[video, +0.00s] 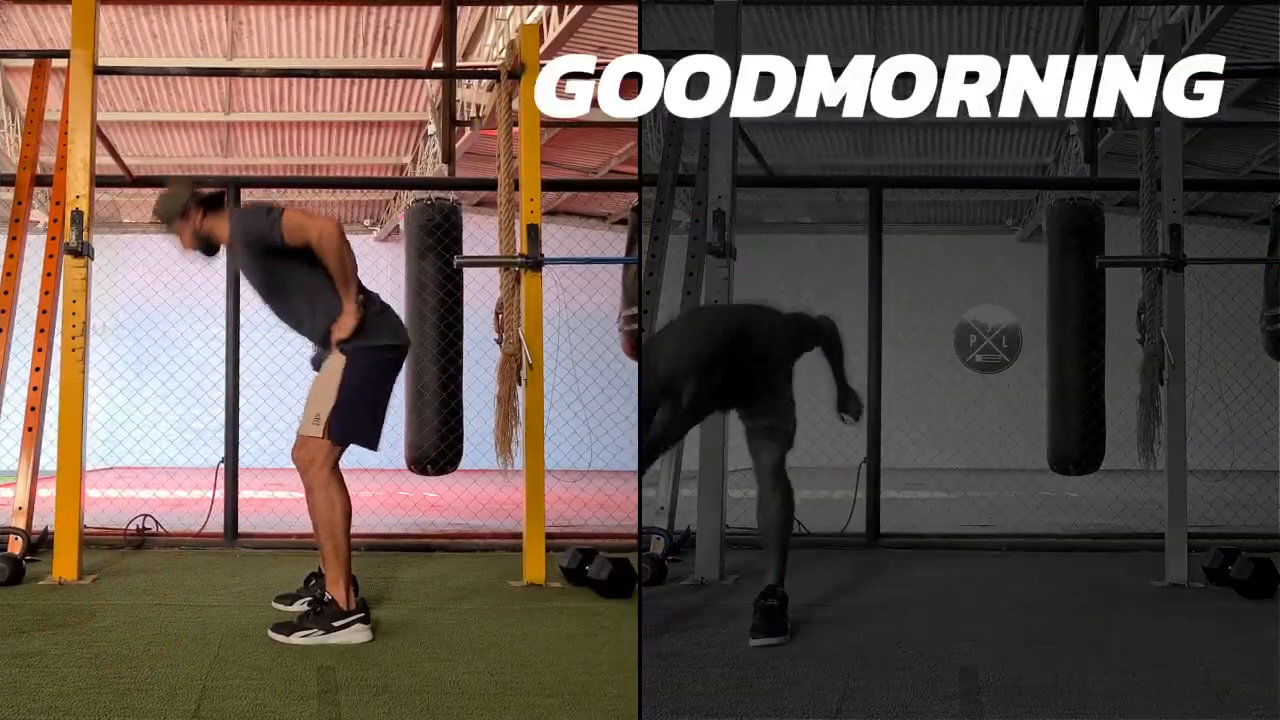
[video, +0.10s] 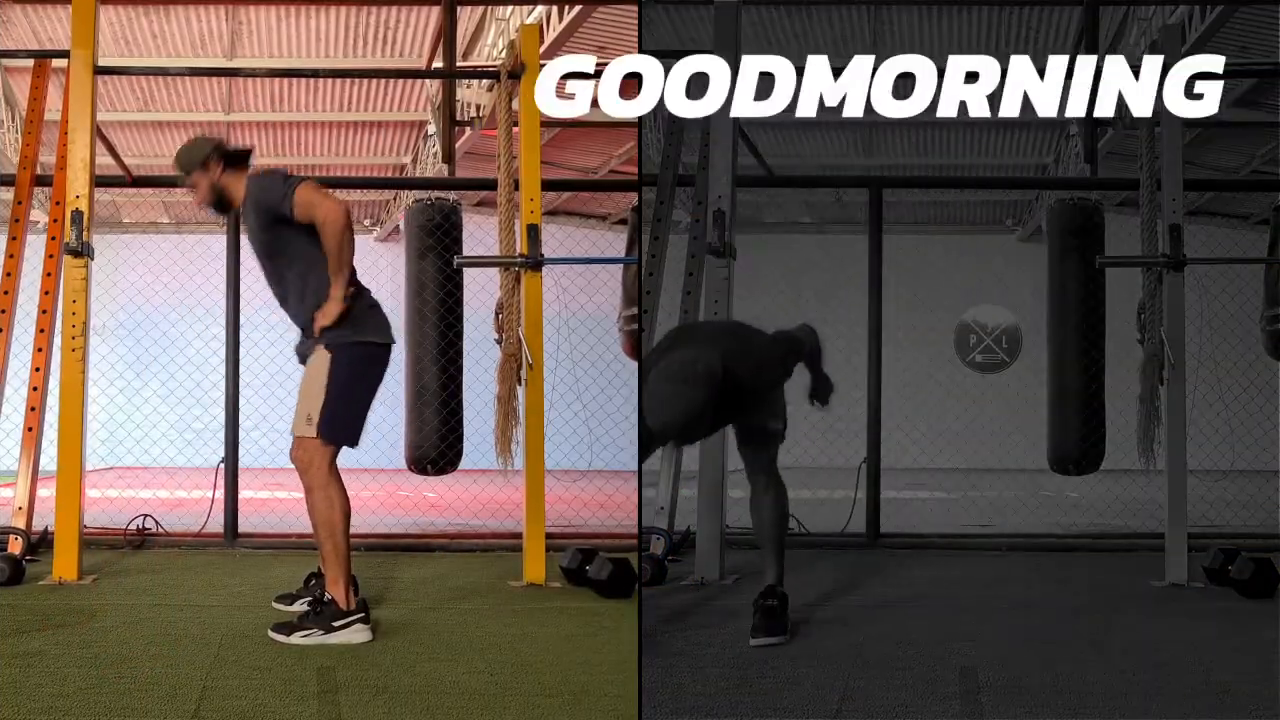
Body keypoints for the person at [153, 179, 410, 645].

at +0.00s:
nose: (177, 238)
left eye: (175, 227)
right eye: (172, 229)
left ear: (196, 211)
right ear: (196, 213)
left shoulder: (248, 222)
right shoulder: (242, 236)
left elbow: (326, 231)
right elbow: (321, 236)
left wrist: (349, 307)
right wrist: (336, 316)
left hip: (361, 342)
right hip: (353, 342)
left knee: (313, 457)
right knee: (316, 457)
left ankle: (341, 605)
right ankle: (336, 579)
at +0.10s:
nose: (192, 194)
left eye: (191, 182)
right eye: (188, 185)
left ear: (212, 167)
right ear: (215, 167)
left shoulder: (264, 187)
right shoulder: (255, 202)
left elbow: (334, 212)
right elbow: (329, 217)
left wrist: (337, 294)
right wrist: (324, 302)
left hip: (347, 340)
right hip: (337, 341)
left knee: (312, 458)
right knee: (312, 457)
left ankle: (341, 604)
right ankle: (336, 581)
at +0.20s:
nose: (212, 161)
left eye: (213, 149)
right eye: (209, 152)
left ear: (237, 137)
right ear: (237, 137)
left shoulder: (282, 165)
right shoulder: (273, 178)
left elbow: (337, 206)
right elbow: (334, 212)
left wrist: (323, 287)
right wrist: (314, 293)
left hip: (333, 337)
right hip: (326, 337)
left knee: (313, 458)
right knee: (313, 458)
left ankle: (342, 604)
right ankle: (334, 579)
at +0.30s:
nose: (228, 142)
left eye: (232, 131)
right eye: (227, 132)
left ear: (258, 124)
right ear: (262, 124)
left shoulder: (295, 158)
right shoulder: (287, 167)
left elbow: (339, 210)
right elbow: (333, 222)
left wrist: (313, 288)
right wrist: (306, 293)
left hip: (321, 339)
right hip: (317, 339)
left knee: (312, 460)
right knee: (313, 460)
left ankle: (342, 604)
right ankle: (333, 579)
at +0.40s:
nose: (244, 137)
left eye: (248, 126)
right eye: (242, 128)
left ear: (274, 119)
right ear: (275, 120)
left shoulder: (307, 159)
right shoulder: (296, 169)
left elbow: (341, 214)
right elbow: (329, 233)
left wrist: (306, 291)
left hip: (311, 340)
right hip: (309, 339)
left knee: (310, 464)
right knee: (313, 464)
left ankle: (341, 603)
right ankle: (333, 582)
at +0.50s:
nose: (252, 137)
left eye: (256, 125)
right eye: (251, 128)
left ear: (283, 119)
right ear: (284, 121)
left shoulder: (314, 160)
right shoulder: (303, 170)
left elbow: (342, 218)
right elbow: (329, 243)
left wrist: (303, 290)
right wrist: (322, 312)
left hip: (307, 340)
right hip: (304, 339)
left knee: (311, 464)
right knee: (312, 463)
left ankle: (341, 602)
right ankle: (333, 581)